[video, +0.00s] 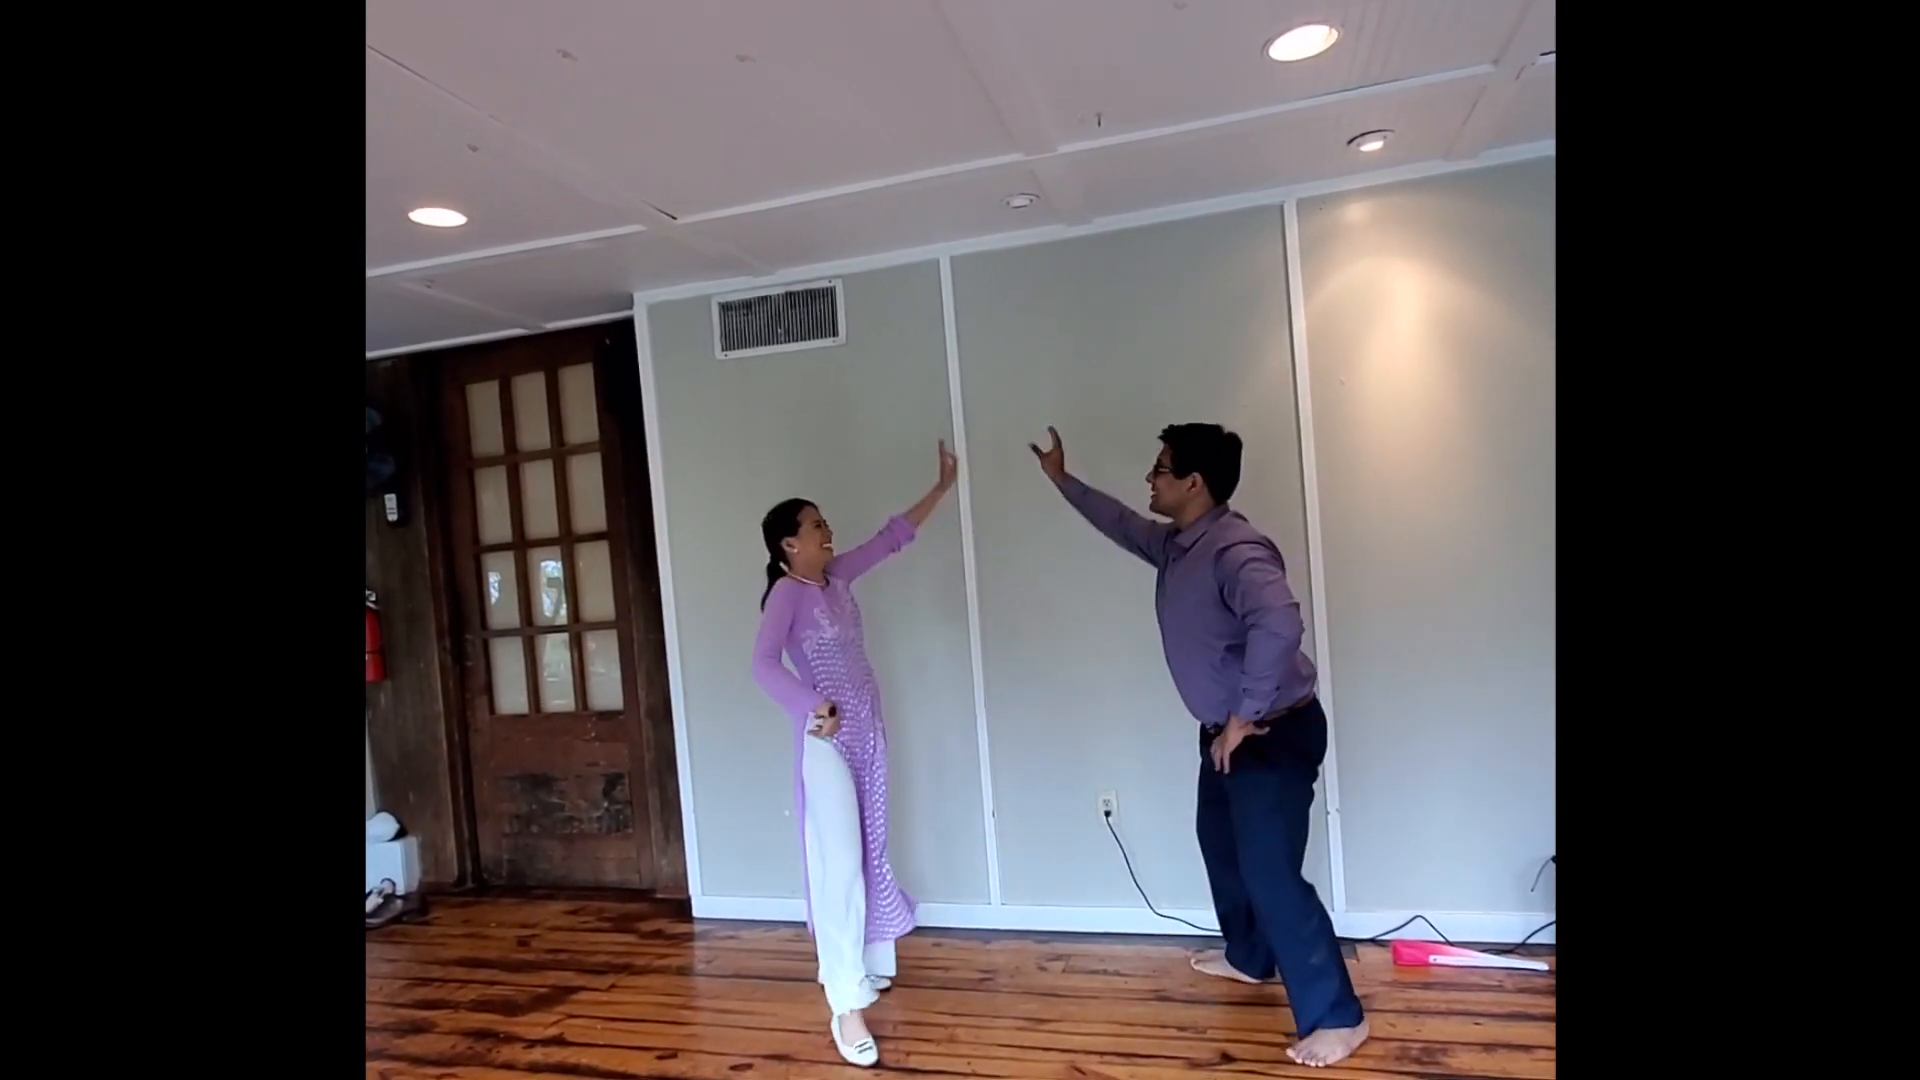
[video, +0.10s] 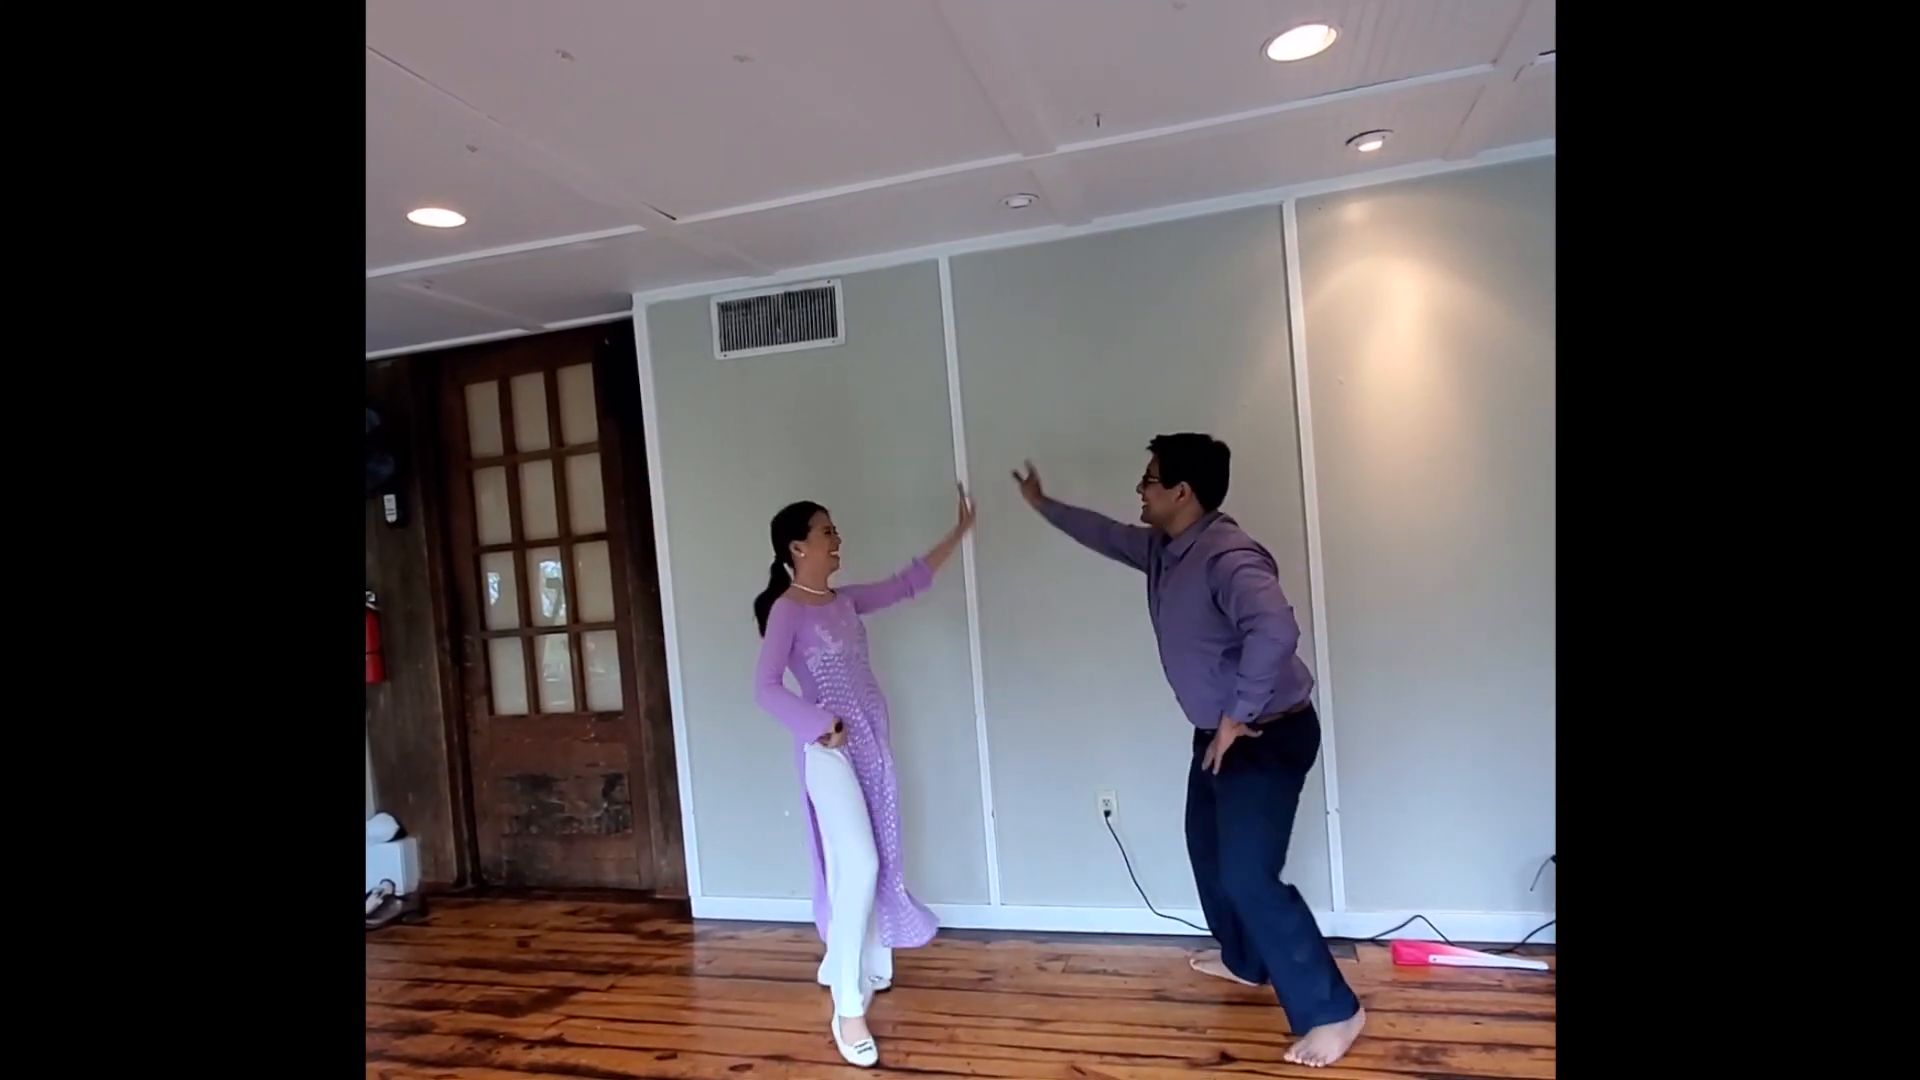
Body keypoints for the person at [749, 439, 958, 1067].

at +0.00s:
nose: (828, 532)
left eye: (825, 525)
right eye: (817, 527)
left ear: (815, 541)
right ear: (789, 544)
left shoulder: (838, 578)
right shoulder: (787, 594)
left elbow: (892, 536)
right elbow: (765, 665)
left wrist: (942, 485)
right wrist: (810, 707)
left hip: (865, 733)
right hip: (827, 740)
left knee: (867, 851)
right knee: (840, 861)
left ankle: (864, 962)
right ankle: (845, 1002)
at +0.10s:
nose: (839, 542)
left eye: (836, 534)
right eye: (827, 535)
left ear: (820, 547)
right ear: (795, 549)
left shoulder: (846, 599)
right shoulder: (788, 610)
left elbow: (908, 583)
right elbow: (765, 687)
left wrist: (959, 531)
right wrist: (816, 723)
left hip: (869, 744)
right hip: (830, 749)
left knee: (872, 854)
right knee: (858, 860)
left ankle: (846, 959)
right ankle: (849, 1005)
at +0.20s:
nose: (850, 559)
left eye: (850, 550)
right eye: (842, 550)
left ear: (828, 559)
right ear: (809, 557)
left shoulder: (849, 610)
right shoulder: (791, 618)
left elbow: (918, 622)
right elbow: (765, 693)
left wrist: (978, 596)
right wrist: (814, 733)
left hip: (867, 750)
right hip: (826, 757)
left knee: (876, 854)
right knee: (880, 852)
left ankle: (850, 962)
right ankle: (854, 996)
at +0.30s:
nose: (864, 568)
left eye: (865, 559)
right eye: (856, 559)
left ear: (842, 563)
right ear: (823, 562)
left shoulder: (858, 613)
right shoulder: (798, 620)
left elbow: (926, 638)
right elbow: (757, 690)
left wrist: (991, 636)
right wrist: (804, 737)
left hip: (865, 758)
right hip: (826, 763)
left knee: (874, 861)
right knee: (889, 862)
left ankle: (843, 961)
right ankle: (875, 1008)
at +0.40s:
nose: (875, 565)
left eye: (878, 555)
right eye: (869, 555)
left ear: (852, 557)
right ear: (833, 554)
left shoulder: (870, 605)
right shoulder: (803, 609)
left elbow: (928, 644)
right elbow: (752, 672)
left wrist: (988, 658)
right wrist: (795, 732)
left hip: (868, 758)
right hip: (824, 761)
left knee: (868, 863)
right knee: (885, 873)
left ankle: (843, 959)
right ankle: (884, 1029)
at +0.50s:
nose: (887, 562)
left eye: (890, 552)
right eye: (881, 551)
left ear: (863, 551)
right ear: (845, 546)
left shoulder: (880, 608)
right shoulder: (810, 602)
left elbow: (931, 664)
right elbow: (753, 668)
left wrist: (996, 689)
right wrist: (789, 735)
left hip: (870, 757)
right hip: (824, 758)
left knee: (871, 862)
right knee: (877, 877)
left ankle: (842, 951)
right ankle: (879, 1038)